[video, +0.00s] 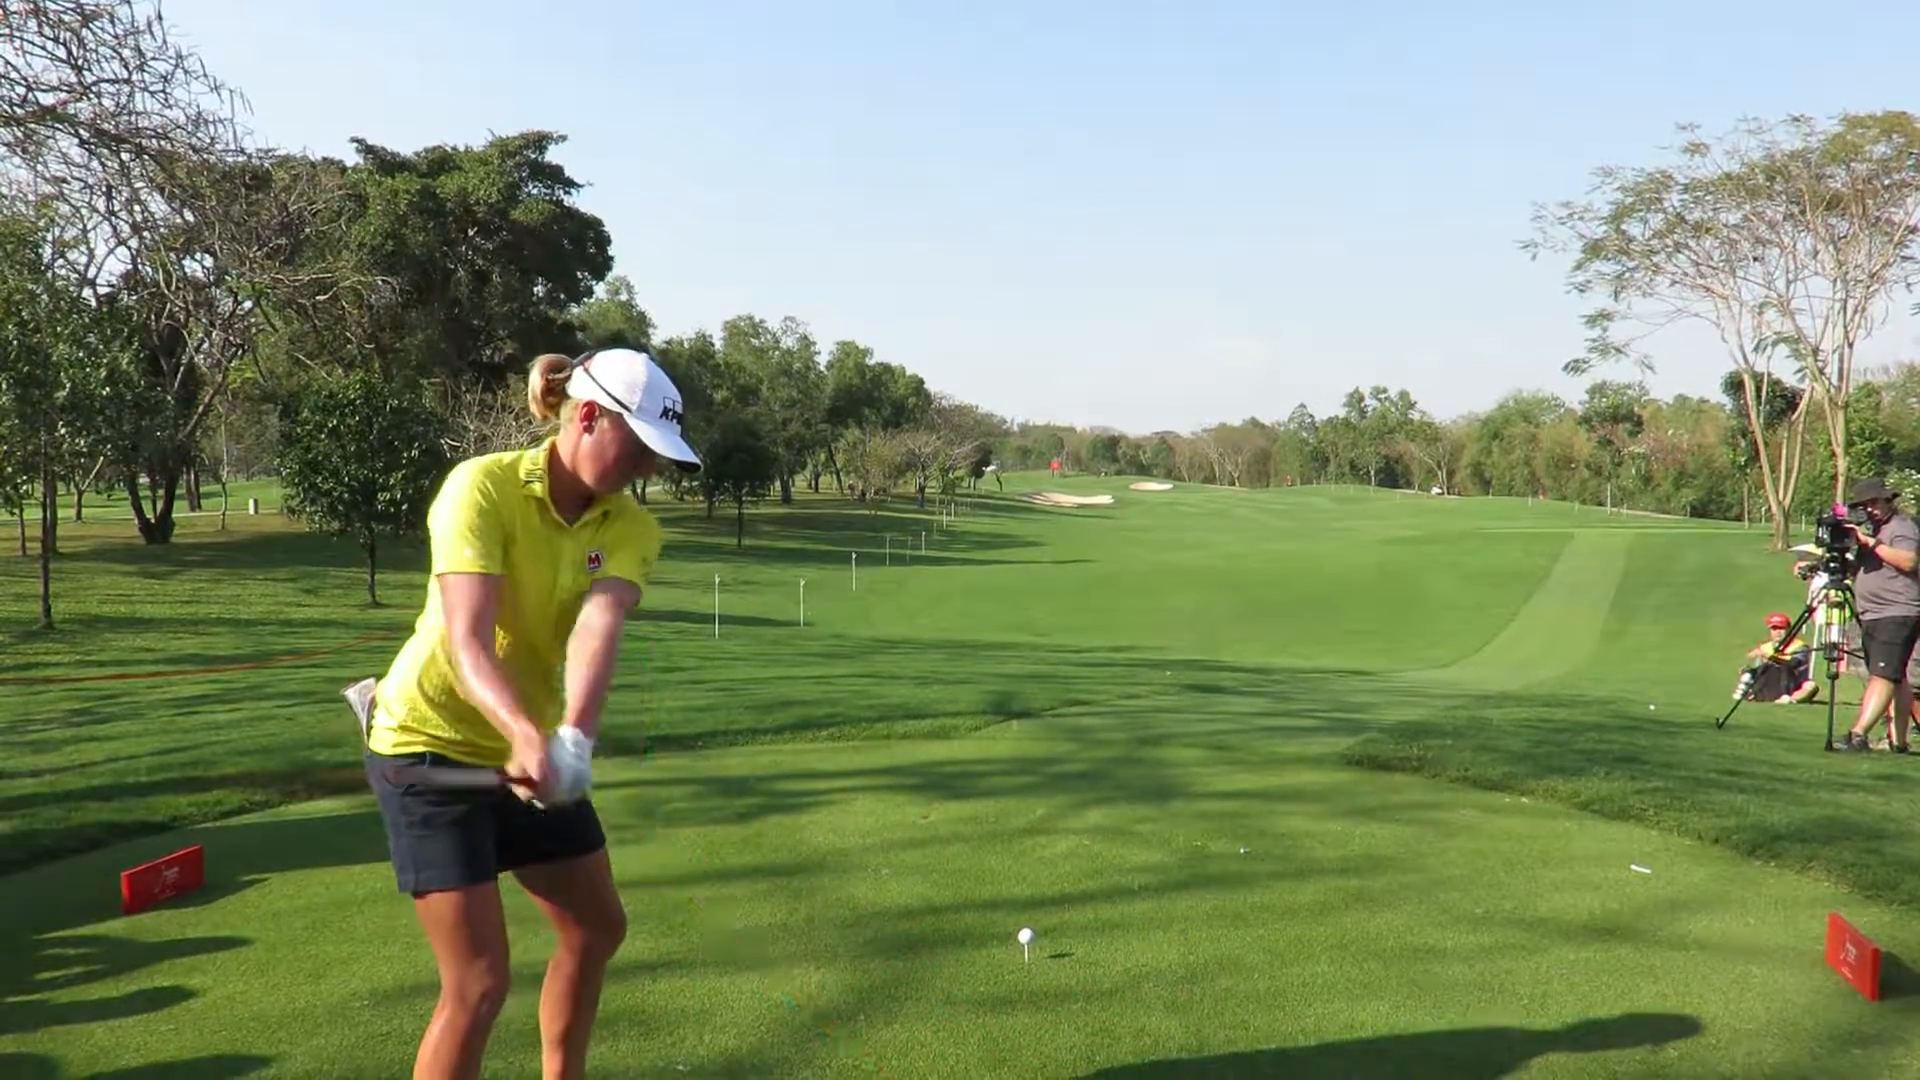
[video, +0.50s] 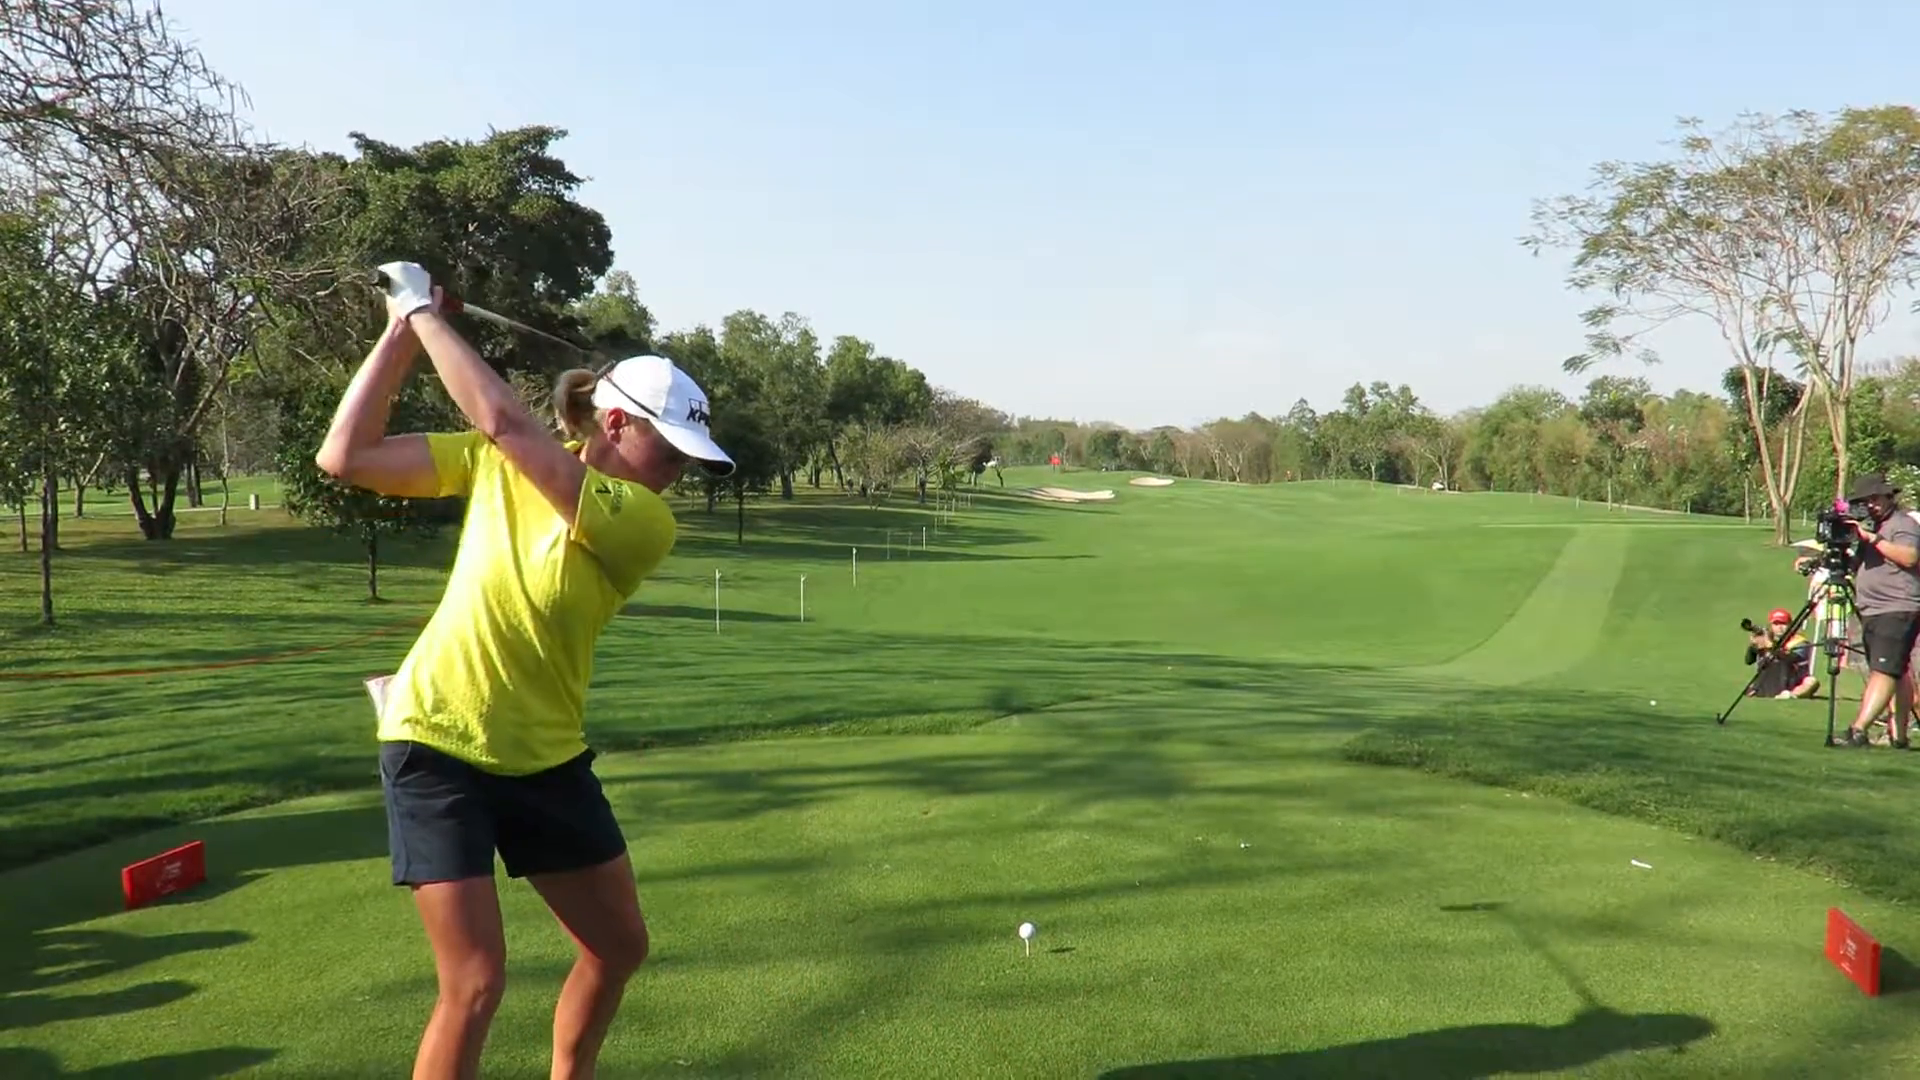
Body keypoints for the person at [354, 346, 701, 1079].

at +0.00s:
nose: (646, 465)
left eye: (654, 453)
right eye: (639, 445)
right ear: (587, 420)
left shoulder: (628, 526)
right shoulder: (478, 488)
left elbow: (600, 629)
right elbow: (468, 638)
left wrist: (579, 734)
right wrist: (521, 730)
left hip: (536, 749)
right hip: (430, 745)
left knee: (596, 927)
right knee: (477, 982)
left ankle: (561, 1072)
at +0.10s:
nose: (653, 470)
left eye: (661, 457)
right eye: (646, 449)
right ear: (594, 422)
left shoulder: (639, 528)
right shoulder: (482, 475)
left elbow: (576, 581)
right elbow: (438, 583)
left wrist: (495, 643)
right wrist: (422, 628)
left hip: (537, 747)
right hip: (432, 746)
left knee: (604, 932)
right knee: (474, 983)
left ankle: (564, 1072)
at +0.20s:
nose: (665, 470)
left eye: (672, 455)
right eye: (656, 449)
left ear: (612, 431)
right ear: (602, 426)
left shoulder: (643, 528)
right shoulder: (484, 466)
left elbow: (531, 522)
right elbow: (383, 582)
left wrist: (410, 502)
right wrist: (359, 502)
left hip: (541, 751)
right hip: (433, 745)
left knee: (611, 938)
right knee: (472, 983)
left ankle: (564, 1074)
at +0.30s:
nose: (672, 462)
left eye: (678, 449)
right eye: (661, 443)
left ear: (625, 433)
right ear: (605, 425)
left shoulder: (642, 526)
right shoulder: (483, 469)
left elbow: (505, 463)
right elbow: (346, 519)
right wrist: (343, 383)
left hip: (542, 756)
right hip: (433, 748)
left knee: (614, 945)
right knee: (473, 983)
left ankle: (568, 1072)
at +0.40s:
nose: (675, 468)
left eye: (682, 455)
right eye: (667, 448)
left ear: (629, 434)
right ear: (611, 422)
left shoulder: (638, 524)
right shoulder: (491, 459)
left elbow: (499, 432)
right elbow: (338, 469)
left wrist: (399, 318)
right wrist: (374, 334)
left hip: (544, 761)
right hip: (434, 751)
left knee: (616, 946)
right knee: (473, 986)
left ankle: (568, 1072)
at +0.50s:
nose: (679, 469)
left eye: (686, 456)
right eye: (670, 449)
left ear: (636, 435)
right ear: (613, 421)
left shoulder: (642, 521)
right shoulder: (496, 455)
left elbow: (504, 424)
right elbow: (346, 455)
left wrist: (424, 312)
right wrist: (403, 326)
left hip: (544, 758)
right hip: (435, 747)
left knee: (617, 946)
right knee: (473, 985)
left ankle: (569, 1070)